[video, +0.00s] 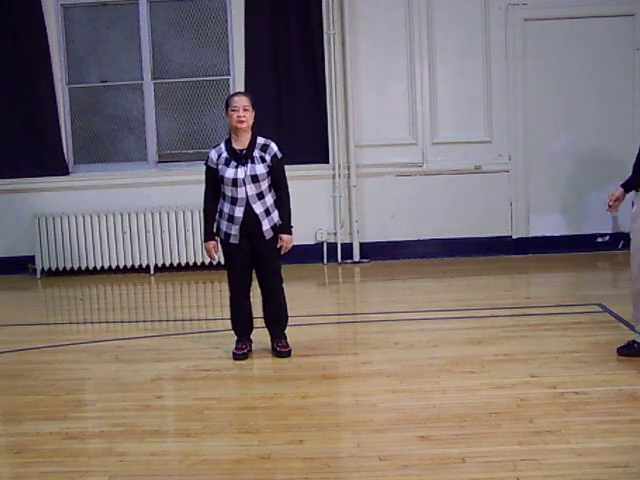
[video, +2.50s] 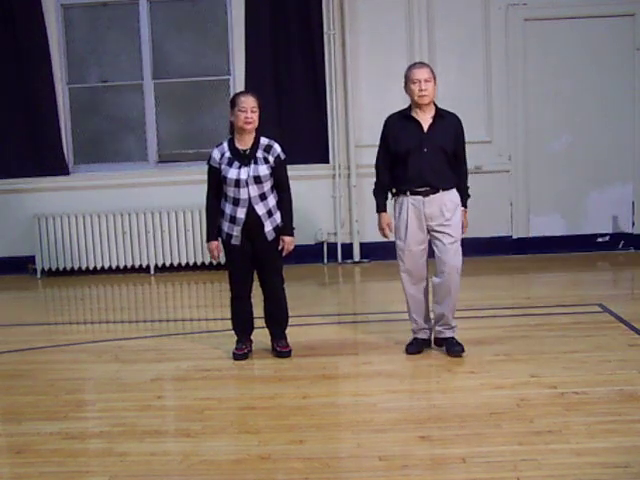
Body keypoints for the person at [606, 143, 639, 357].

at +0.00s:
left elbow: (636, 169)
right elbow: (638, 167)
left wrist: (624, 189)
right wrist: (624, 189)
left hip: (637, 213)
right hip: (636, 211)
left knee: (636, 276)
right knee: (635, 275)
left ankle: (638, 337)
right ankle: (638, 336)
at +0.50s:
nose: (553, 87)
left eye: (558, 82)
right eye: (553, 82)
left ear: (579, 85)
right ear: (574, 86)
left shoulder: (590, 120)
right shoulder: (569, 117)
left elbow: (584, 174)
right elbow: (566, 163)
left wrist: (557, 207)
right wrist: (549, 197)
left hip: (576, 201)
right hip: (554, 198)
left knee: (586, 268)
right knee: (547, 266)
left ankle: (631, 324)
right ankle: (544, 328)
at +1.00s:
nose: (488, 88)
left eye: (493, 83)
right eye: (488, 83)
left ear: (512, 87)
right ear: (505, 87)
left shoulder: (534, 123)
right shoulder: (498, 121)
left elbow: (548, 170)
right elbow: (481, 161)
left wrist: (552, 214)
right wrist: (457, 195)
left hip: (517, 202)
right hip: (494, 201)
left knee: (495, 268)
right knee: (519, 264)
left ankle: (471, 335)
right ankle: (543, 324)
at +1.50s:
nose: (445, 84)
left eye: (451, 79)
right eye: (446, 79)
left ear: (469, 85)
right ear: (462, 85)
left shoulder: (491, 123)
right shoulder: (447, 119)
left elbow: (491, 173)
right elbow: (436, 163)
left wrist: (467, 205)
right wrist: (429, 203)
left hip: (475, 205)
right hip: (442, 202)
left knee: (474, 272)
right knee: (438, 269)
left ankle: (467, 335)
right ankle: (440, 330)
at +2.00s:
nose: (430, 86)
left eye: (436, 81)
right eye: (424, 81)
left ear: (445, 85)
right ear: (417, 86)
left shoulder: (461, 123)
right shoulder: (403, 121)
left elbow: (476, 167)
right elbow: (389, 164)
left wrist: (490, 208)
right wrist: (380, 201)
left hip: (449, 203)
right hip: (411, 204)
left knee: (454, 270)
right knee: (414, 271)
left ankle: (452, 336)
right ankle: (421, 334)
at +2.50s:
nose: (422, 87)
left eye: (427, 81)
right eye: (415, 82)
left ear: (435, 85)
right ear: (407, 88)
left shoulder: (451, 122)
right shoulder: (394, 123)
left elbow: (460, 167)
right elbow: (382, 168)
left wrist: (463, 206)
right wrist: (382, 209)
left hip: (446, 202)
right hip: (407, 204)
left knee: (451, 267)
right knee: (412, 270)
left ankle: (445, 332)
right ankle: (420, 332)